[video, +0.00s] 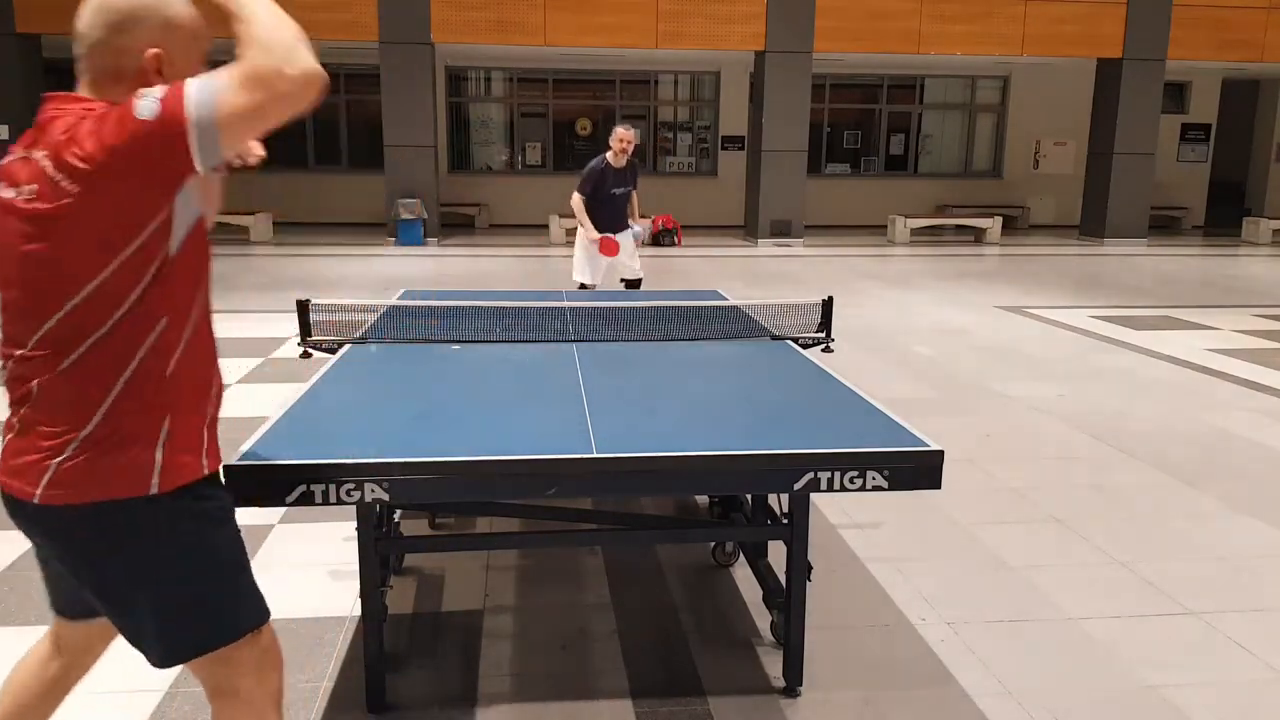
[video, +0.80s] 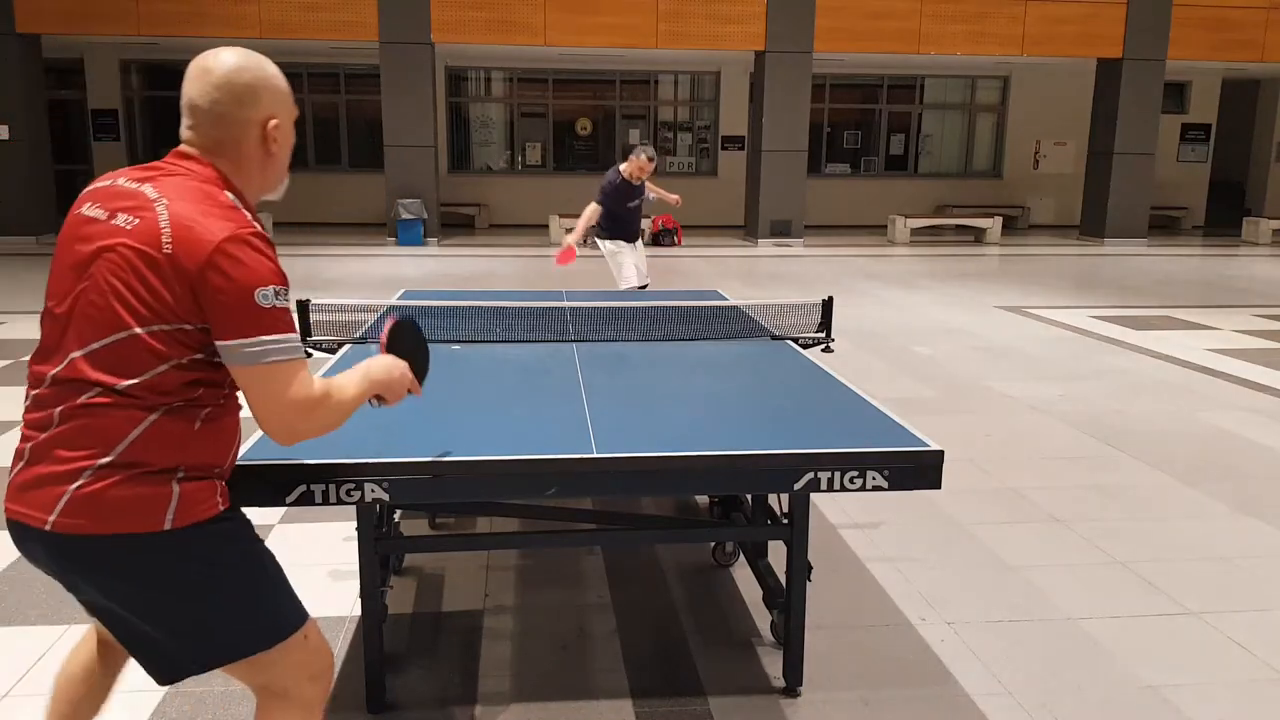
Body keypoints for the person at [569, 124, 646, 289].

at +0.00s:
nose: (624, 146)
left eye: (629, 143)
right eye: (621, 141)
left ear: (634, 145)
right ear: (611, 142)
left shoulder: (631, 166)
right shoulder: (596, 167)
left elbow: (632, 193)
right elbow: (576, 199)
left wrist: (636, 221)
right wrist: (590, 231)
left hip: (622, 233)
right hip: (594, 235)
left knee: (634, 279)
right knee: (588, 285)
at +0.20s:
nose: (638, 161)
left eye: (642, 157)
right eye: (634, 155)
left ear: (646, 158)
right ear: (624, 154)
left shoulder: (642, 179)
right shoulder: (610, 179)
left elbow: (644, 207)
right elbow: (592, 213)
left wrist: (654, 237)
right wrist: (606, 244)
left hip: (632, 241)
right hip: (605, 241)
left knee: (638, 288)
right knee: (607, 286)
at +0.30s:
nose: (643, 162)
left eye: (647, 158)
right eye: (639, 157)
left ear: (651, 159)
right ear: (629, 154)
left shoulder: (645, 177)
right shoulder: (615, 178)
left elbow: (645, 206)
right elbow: (604, 216)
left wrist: (655, 234)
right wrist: (629, 240)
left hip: (629, 237)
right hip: (605, 234)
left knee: (637, 282)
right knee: (614, 279)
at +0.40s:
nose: (648, 166)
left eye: (652, 162)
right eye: (645, 160)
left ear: (655, 162)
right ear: (633, 155)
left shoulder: (645, 176)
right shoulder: (617, 177)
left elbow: (644, 204)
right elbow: (618, 220)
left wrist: (656, 232)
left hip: (629, 233)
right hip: (605, 233)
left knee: (634, 282)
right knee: (618, 280)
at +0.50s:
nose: (650, 180)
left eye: (655, 176)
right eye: (648, 174)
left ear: (658, 174)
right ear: (636, 164)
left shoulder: (641, 183)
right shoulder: (619, 187)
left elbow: (642, 211)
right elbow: (626, 230)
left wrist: (656, 232)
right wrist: (648, 220)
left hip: (628, 238)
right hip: (606, 238)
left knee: (636, 284)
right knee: (626, 284)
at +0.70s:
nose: (647, 187)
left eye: (651, 184)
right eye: (645, 181)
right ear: (635, 171)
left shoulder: (635, 185)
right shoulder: (614, 193)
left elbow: (641, 202)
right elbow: (608, 228)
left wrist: (659, 214)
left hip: (631, 244)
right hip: (613, 247)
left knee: (641, 286)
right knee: (632, 288)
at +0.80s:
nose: (643, 175)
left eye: (647, 172)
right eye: (641, 170)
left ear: (652, 169)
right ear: (631, 161)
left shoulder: (636, 176)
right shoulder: (613, 181)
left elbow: (645, 186)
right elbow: (595, 208)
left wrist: (668, 197)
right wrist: (576, 235)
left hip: (634, 237)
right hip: (613, 239)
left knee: (642, 284)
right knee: (630, 286)